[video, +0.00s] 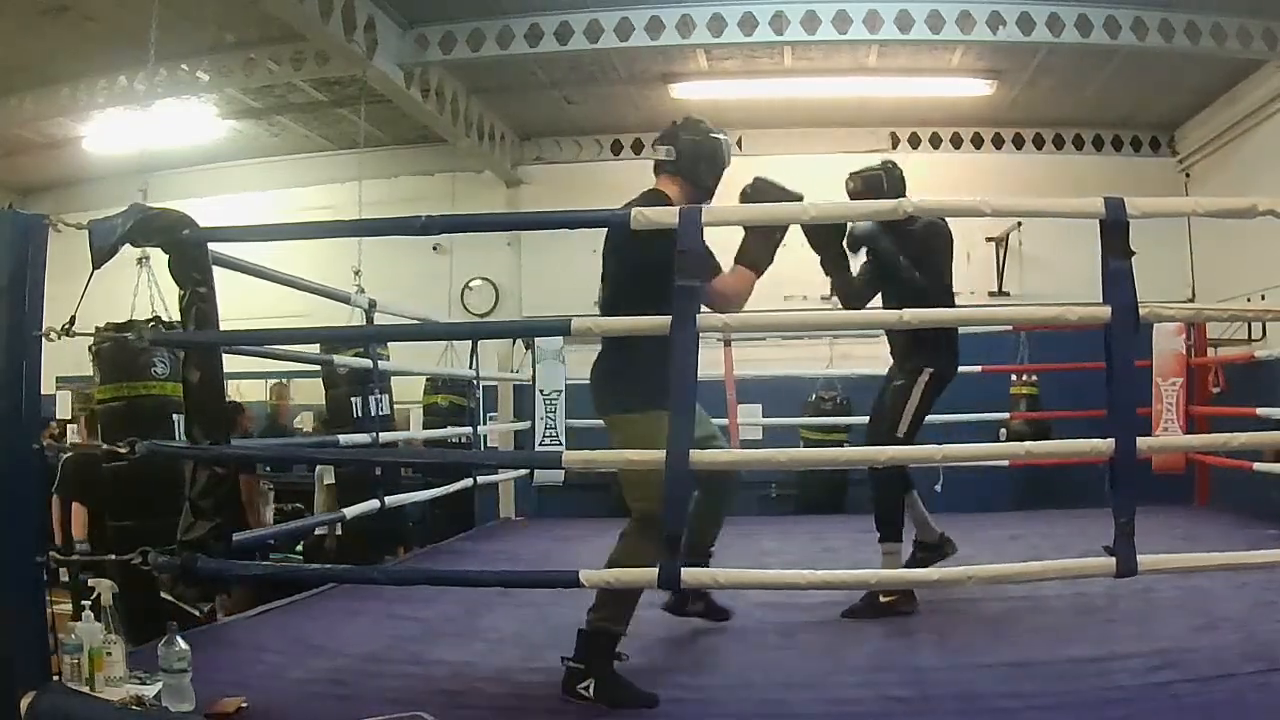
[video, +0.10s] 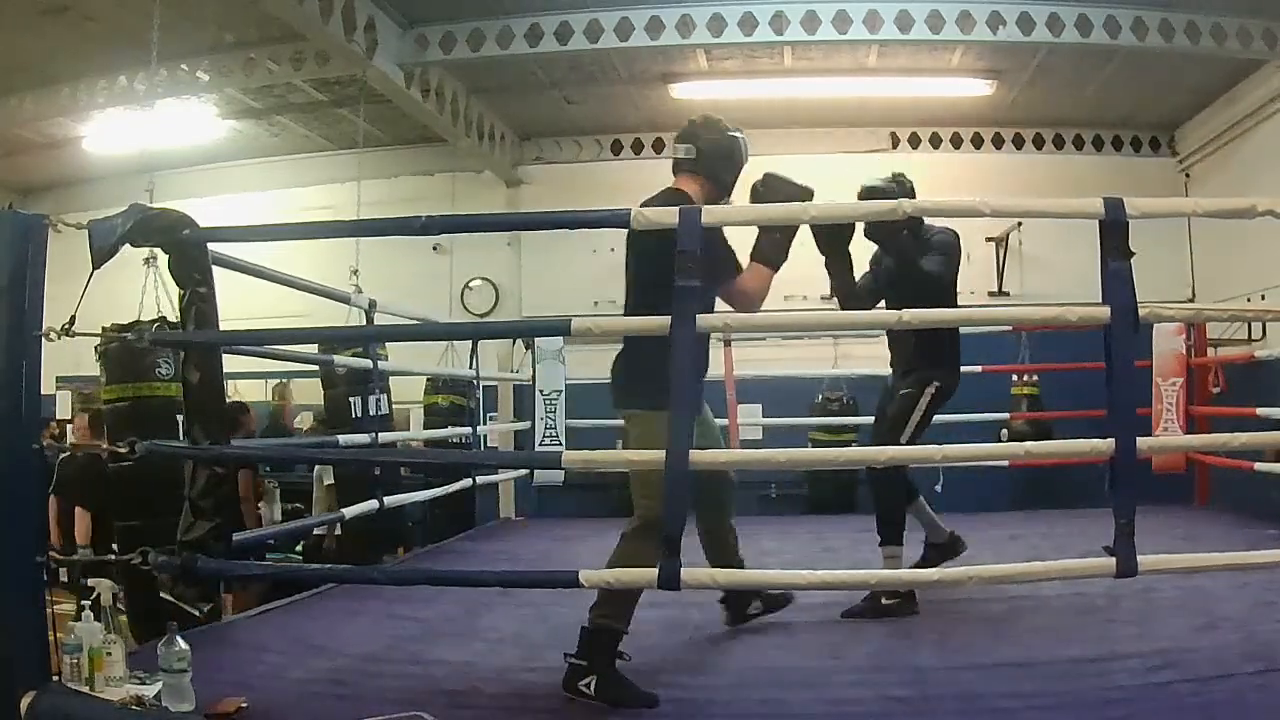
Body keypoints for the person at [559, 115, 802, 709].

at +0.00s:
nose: (719, 185)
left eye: (721, 175)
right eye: (719, 174)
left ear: (665, 163)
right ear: (704, 171)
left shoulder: (639, 215)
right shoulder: (669, 221)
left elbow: (709, 289)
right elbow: (730, 295)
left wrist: (754, 238)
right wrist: (763, 232)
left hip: (641, 390)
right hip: (645, 394)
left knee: (722, 466)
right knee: (655, 521)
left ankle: (687, 582)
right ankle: (591, 662)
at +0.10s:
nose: (736, 182)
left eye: (737, 174)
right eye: (735, 173)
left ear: (683, 162)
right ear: (723, 171)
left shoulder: (660, 210)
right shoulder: (686, 218)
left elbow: (735, 289)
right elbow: (747, 297)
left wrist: (766, 233)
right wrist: (777, 230)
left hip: (668, 389)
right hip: (660, 393)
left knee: (713, 481)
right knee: (656, 521)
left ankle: (738, 593)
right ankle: (593, 659)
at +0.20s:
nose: (750, 188)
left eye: (748, 179)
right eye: (749, 180)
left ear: (697, 171)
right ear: (738, 177)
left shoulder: (673, 225)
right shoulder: (714, 226)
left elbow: (678, 319)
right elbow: (774, 292)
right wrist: (793, 225)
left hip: (681, 393)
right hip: (688, 398)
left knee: (725, 504)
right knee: (682, 523)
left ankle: (751, 601)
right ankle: (604, 650)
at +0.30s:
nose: (768, 187)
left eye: (767, 178)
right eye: (765, 178)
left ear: (715, 173)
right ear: (750, 176)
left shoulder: (690, 221)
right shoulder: (733, 225)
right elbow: (787, 294)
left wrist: (792, 234)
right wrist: (806, 232)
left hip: (700, 386)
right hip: (705, 390)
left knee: (752, 494)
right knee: (735, 507)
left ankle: (757, 600)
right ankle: (642, 627)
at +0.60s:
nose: (802, 203)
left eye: (798, 194)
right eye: (797, 193)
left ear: (758, 189)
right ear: (778, 193)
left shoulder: (760, 236)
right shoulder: (753, 241)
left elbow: (819, 289)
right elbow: (829, 292)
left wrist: (825, 238)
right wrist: (848, 229)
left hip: (756, 402)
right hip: (737, 406)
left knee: (799, 466)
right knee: (758, 521)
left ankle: (799, 580)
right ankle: (673, 636)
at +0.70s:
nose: (823, 230)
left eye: (825, 222)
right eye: (819, 221)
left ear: (783, 207)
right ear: (803, 215)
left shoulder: (788, 253)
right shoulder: (774, 256)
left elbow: (851, 295)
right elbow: (861, 286)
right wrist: (889, 236)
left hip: (770, 409)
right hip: (738, 412)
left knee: (816, 479)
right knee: (769, 521)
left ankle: (831, 573)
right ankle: (677, 635)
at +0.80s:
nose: (850, 296)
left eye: (855, 288)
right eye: (850, 286)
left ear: (821, 262)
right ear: (834, 273)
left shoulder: (814, 304)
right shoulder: (787, 295)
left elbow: (862, 353)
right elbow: (859, 352)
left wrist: (897, 320)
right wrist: (898, 312)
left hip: (772, 426)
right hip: (725, 424)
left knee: (844, 495)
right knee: (759, 507)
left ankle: (834, 582)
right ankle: (685, 636)